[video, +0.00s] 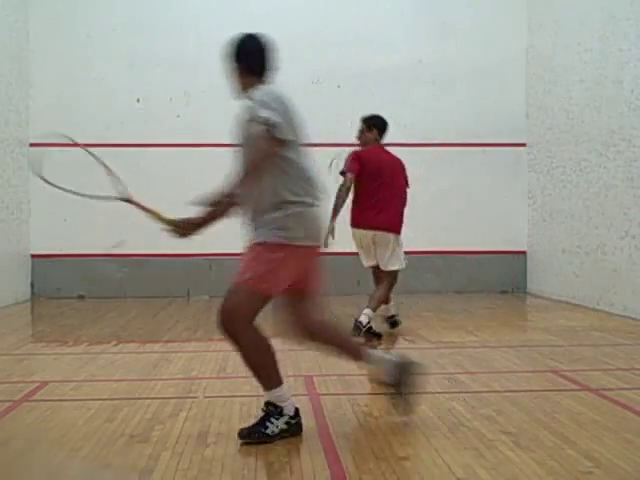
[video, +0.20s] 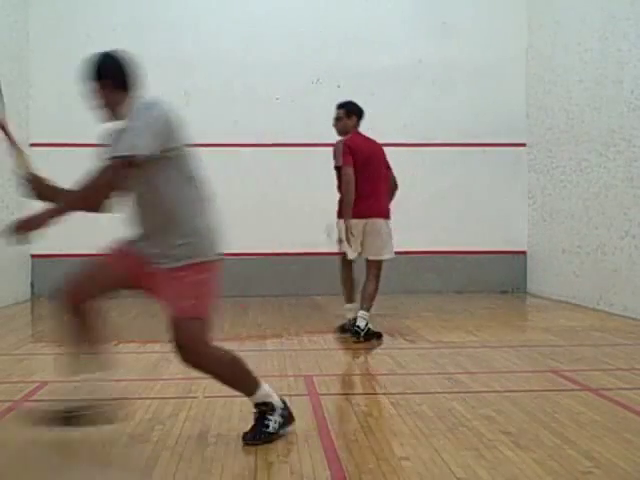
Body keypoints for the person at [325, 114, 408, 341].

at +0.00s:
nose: (358, 136)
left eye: (362, 132)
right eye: (359, 131)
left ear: (373, 133)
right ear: (379, 134)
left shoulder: (357, 157)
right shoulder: (396, 162)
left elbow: (346, 185)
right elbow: (403, 192)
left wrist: (332, 220)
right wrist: (395, 222)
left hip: (360, 226)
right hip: (389, 228)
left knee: (377, 273)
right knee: (388, 278)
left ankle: (389, 313)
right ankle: (364, 318)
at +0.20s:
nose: (335, 124)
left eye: (339, 119)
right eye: (335, 119)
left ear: (353, 119)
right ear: (356, 121)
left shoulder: (343, 144)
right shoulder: (376, 146)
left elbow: (348, 178)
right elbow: (392, 183)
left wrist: (345, 215)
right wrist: (380, 207)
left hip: (354, 214)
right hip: (378, 215)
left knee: (347, 262)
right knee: (374, 270)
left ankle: (352, 316)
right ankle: (363, 320)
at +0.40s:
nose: (312, 120)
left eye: (316, 115)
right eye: (311, 116)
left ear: (330, 117)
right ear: (331, 119)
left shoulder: (321, 142)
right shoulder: (353, 143)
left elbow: (326, 177)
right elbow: (378, 178)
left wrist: (323, 217)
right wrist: (374, 210)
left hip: (335, 215)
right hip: (362, 214)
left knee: (315, 266)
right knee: (363, 269)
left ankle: (317, 323)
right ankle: (360, 325)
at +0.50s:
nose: (298, 119)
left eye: (303, 114)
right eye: (298, 114)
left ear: (317, 115)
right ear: (320, 117)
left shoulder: (306, 142)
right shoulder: (341, 142)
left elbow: (308, 176)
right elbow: (366, 176)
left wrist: (301, 213)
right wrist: (365, 212)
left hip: (317, 215)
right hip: (346, 214)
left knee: (308, 271)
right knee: (354, 268)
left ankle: (312, 328)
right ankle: (360, 326)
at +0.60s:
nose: (284, 115)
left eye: (288, 110)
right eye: (284, 110)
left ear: (301, 111)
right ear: (306, 113)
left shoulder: (290, 137)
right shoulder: (326, 139)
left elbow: (288, 171)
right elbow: (352, 175)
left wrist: (273, 211)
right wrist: (349, 210)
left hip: (303, 214)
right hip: (331, 213)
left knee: (302, 271)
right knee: (341, 269)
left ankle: (312, 330)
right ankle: (354, 325)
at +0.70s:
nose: (271, 110)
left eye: (275, 106)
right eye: (272, 105)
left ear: (285, 108)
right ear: (293, 110)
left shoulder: (276, 132)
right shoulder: (312, 136)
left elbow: (273, 168)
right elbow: (336, 174)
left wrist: (254, 204)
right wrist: (329, 203)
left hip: (291, 207)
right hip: (318, 207)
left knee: (281, 263)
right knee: (322, 261)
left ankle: (301, 319)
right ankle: (335, 320)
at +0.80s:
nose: (259, 119)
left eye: (260, 115)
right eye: (260, 115)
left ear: (267, 115)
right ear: (281, 117)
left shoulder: (267, 138)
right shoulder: (298, 143)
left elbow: (262, 175)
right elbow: (319, 183)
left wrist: (238, 206)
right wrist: (307, 209)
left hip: (280, 213)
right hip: (307, 213)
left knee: (250, 261)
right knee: (311, 267)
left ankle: (274, 312)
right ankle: (330, 326)